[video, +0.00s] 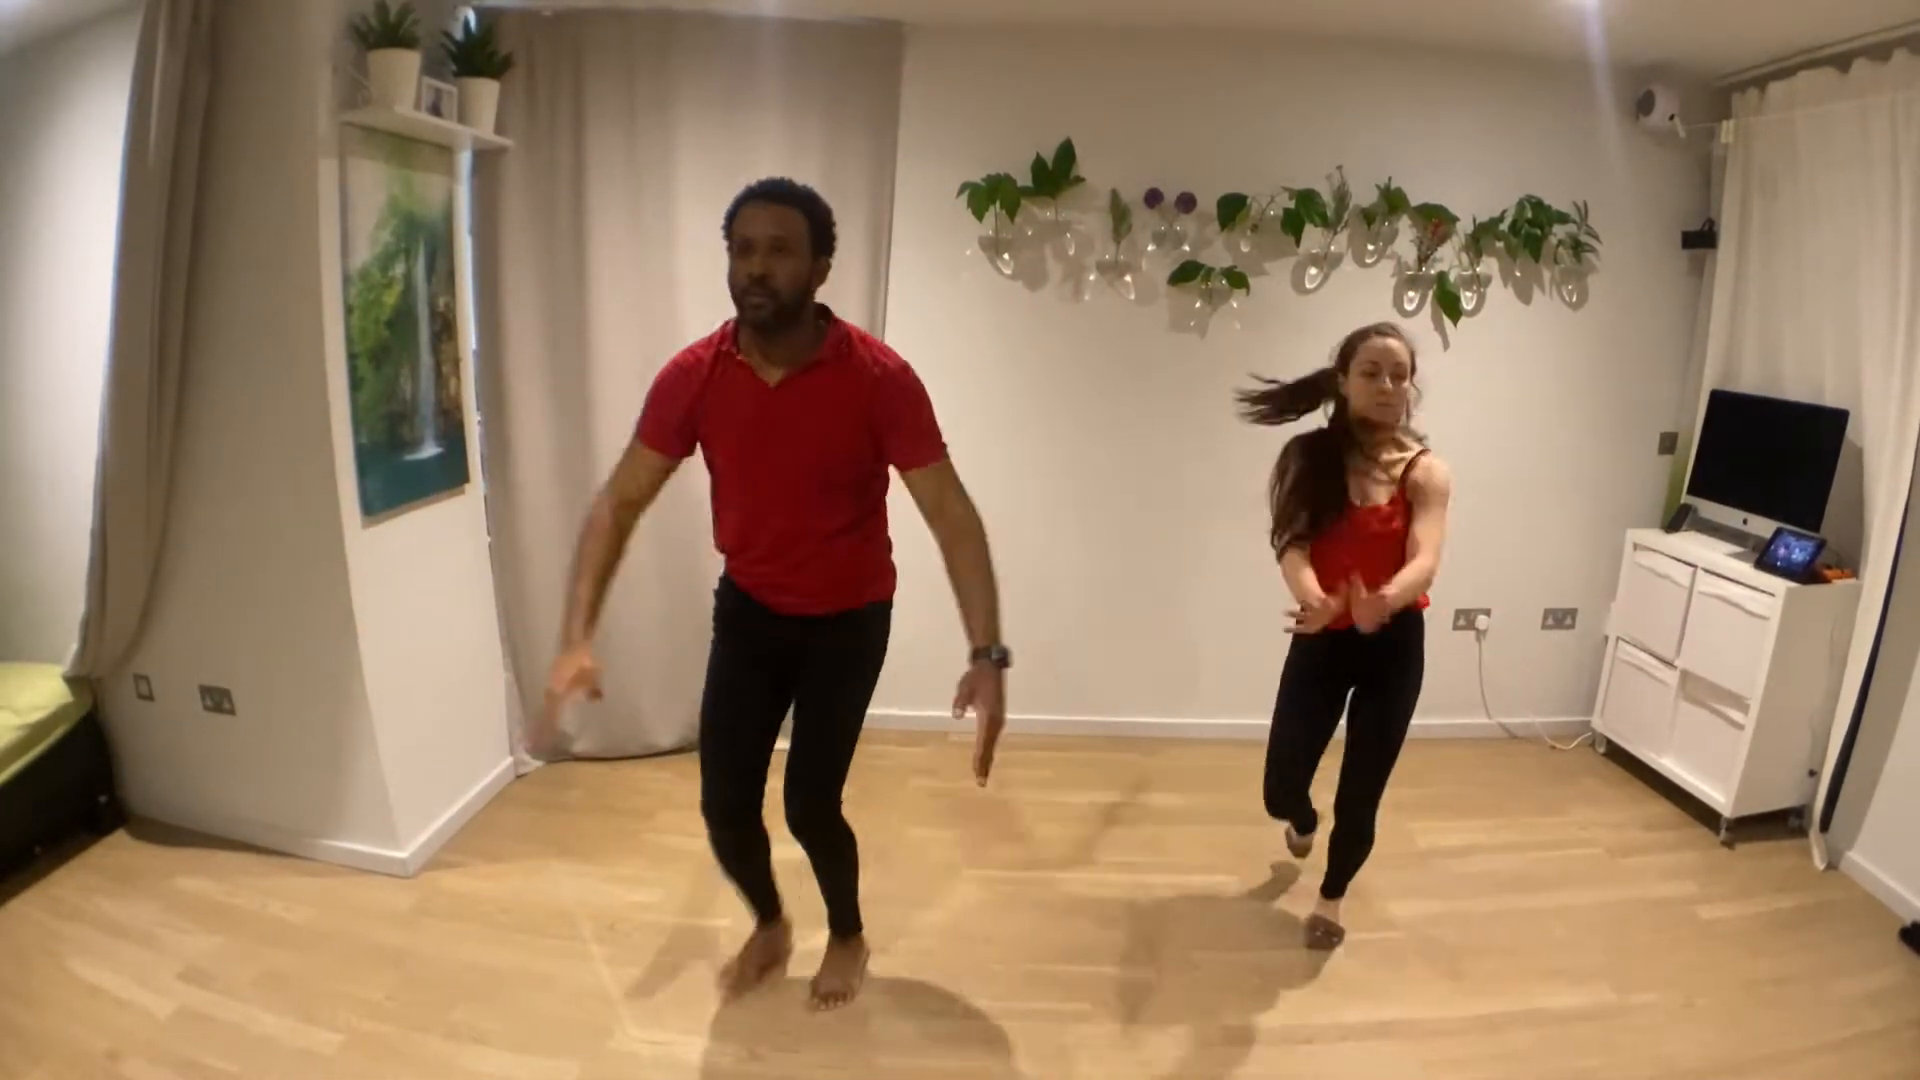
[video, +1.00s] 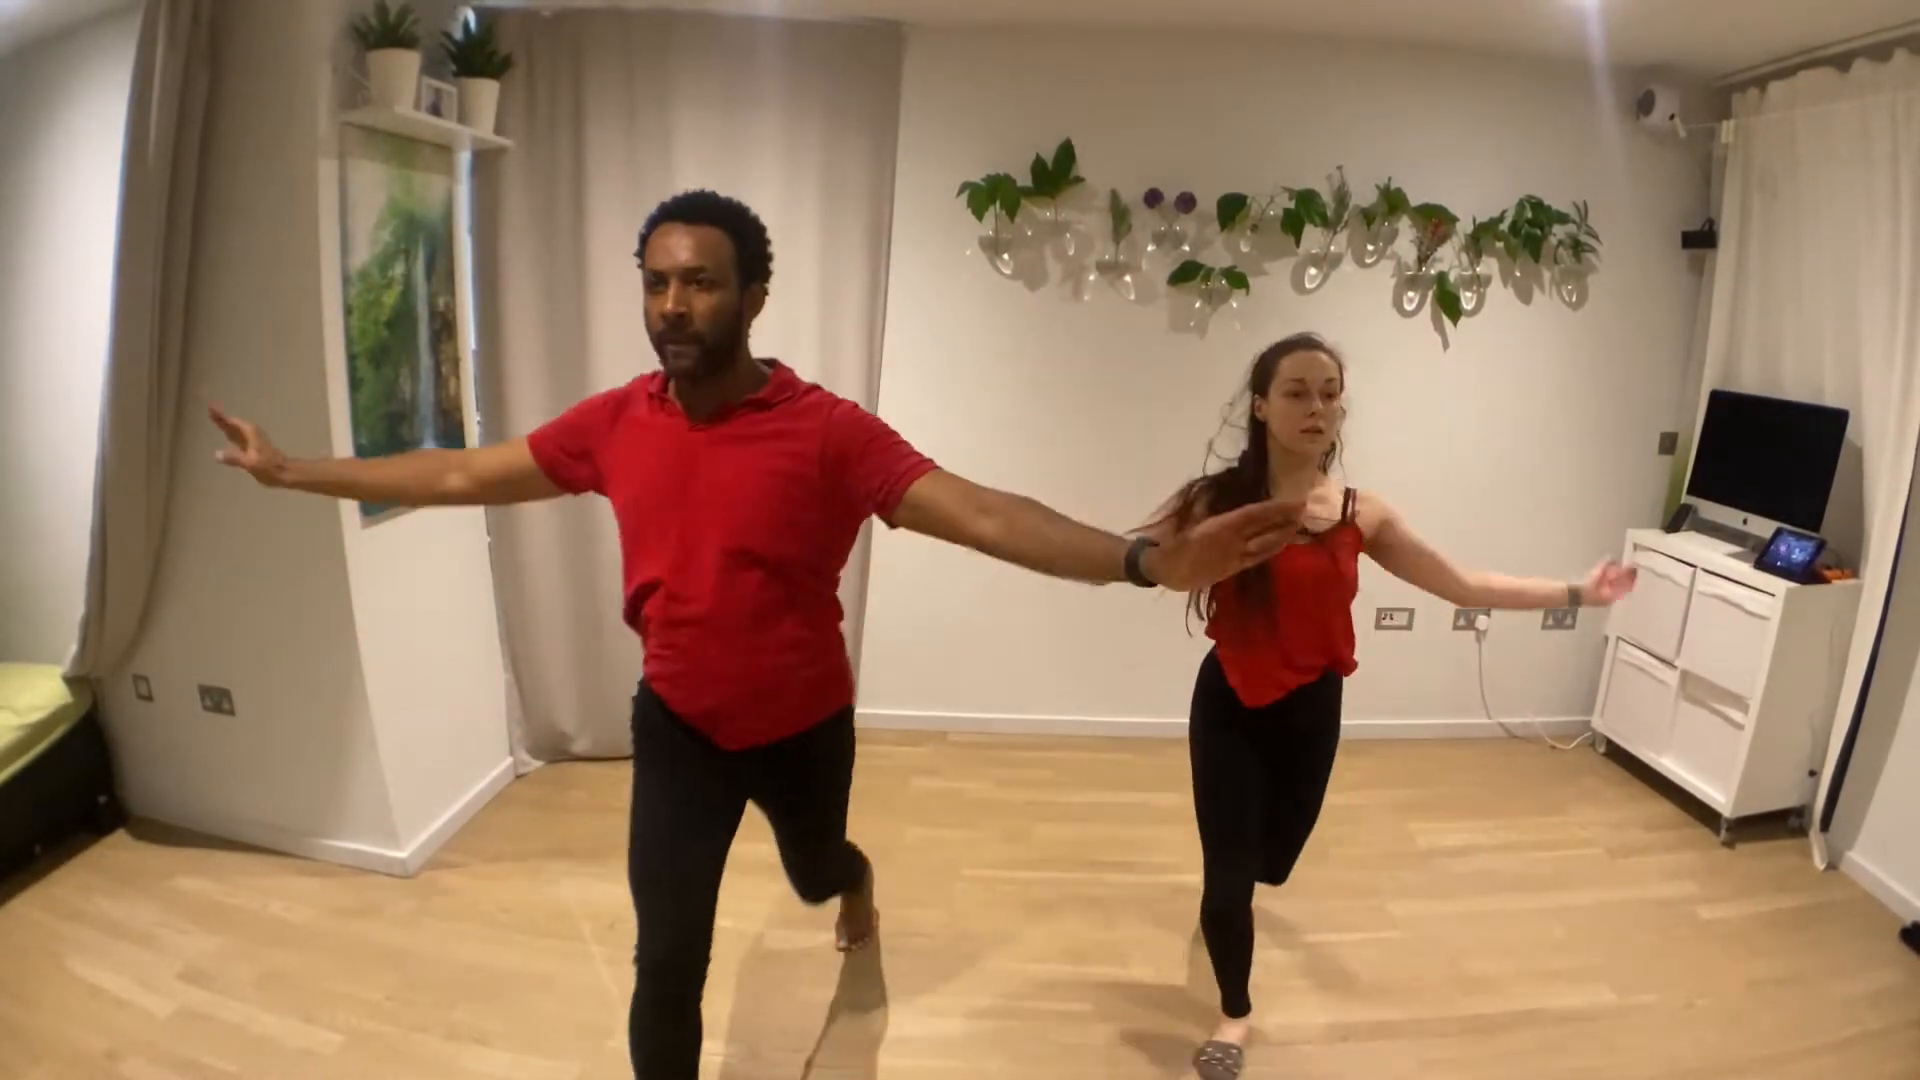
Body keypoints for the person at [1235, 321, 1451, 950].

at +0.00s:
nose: (1386, 386)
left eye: (1399, 376)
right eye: (1371, 373)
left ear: (1412, 388)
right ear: (1342, 382)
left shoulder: (1426, 472)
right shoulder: (1308, 457)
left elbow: (1427, 559)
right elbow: (1291, 545)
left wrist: (1387, 600)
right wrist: (1314, 596)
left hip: (1394, 647)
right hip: (1321, 640)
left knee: (1357, 796)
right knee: (1281, 790)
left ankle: (1332, 899)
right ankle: (1305, 825)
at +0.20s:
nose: (1378, 385)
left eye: (1389, 372)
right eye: (1361, 372)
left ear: (1402, 382)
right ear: (1328, 381)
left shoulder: (1420, 462)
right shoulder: (1290, 448)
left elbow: (1521, 516)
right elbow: (1220, 511)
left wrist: (1552, 610)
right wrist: (1193, 585)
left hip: (1387, 639)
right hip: (1312, 634)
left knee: (1356, 793)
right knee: (1315, 782)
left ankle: (1324, 895)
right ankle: (1287, 907)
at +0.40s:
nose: (1366, 388)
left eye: (1377, 374)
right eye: (1348, 374)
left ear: (1390, 384)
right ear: (1313, 385)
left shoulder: (1401, 451)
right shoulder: (1277, 445)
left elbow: (1514, 468)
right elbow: (1175, 458)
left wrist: (1594, 515)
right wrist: (1085, 482)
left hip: (1382, 662)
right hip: (1303, 663)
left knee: (1346, 816)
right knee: (1287, 835)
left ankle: (1307, 894)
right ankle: (1240, 1008)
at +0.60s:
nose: (1349, 397)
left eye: (1360, 384)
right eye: (1330, 384)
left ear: (1373, 395)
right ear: (1292, 394)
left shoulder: (1380, 467)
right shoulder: (1253, 463)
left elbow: (1476, 465)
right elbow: (1136, 452)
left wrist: (1571, 472)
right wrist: (1035, 428)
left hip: (1355, 682)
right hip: (1272, 684)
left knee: (1335, 835)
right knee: (1258, 863)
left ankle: (1297, 887)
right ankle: (1233, 1014)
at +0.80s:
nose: (1331, 408)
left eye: (1342, 394)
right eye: (1311, 395)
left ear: (1356, 408)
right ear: (1271, 409)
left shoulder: (1370, 505)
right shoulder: (1234, 497)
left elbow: (1471, 514)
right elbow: (1122, 491)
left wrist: (1553, 486)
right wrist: (1029, 437)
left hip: (1321, 719)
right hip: (1235, 713)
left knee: (1310, 893)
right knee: (1232, 888)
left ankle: (1259, 882)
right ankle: (1237, 1020)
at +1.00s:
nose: (1315, 406)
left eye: (1328, 393)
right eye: (1295, 393)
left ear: (1341, 406)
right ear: (1261, 407)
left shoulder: (1359, 512)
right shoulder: (1218, 497)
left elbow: (1463, 586)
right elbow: (1140, 555)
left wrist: (1578, 591)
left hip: (1311, 708)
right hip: (1229, 702)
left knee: (1275, 866)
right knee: (1230, 870)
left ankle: (1219, 874)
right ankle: (1234, 1014)